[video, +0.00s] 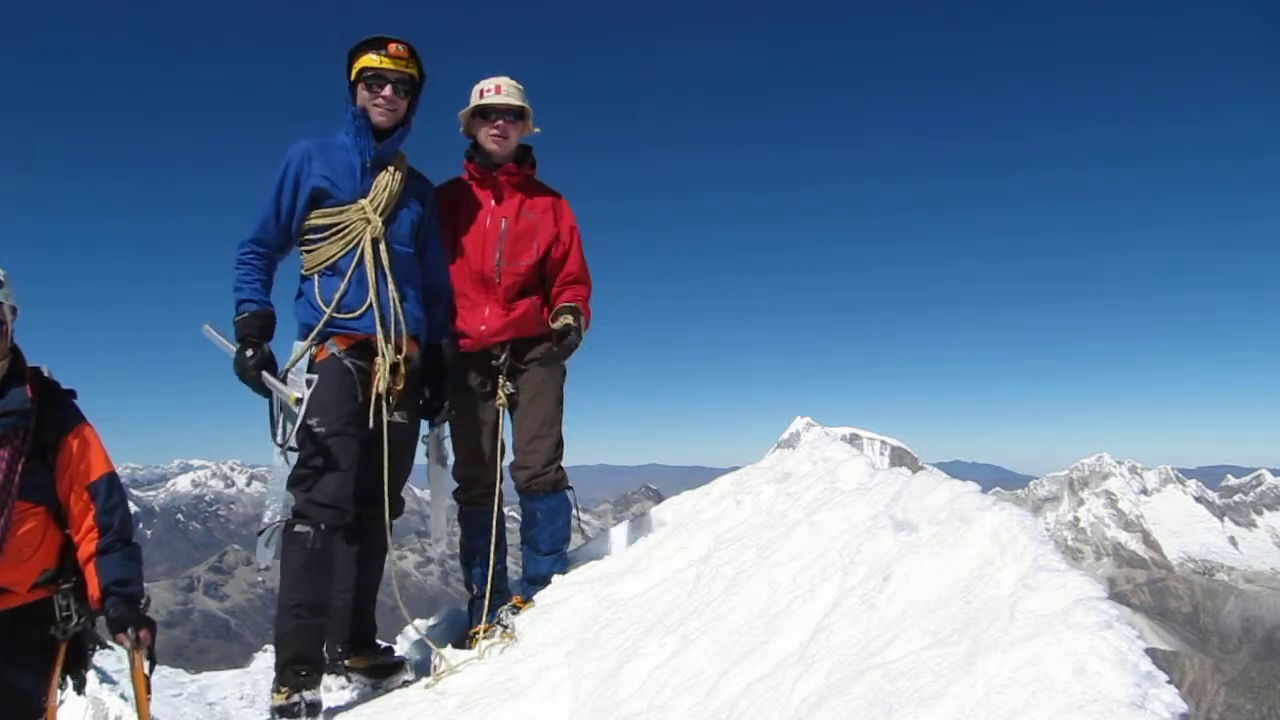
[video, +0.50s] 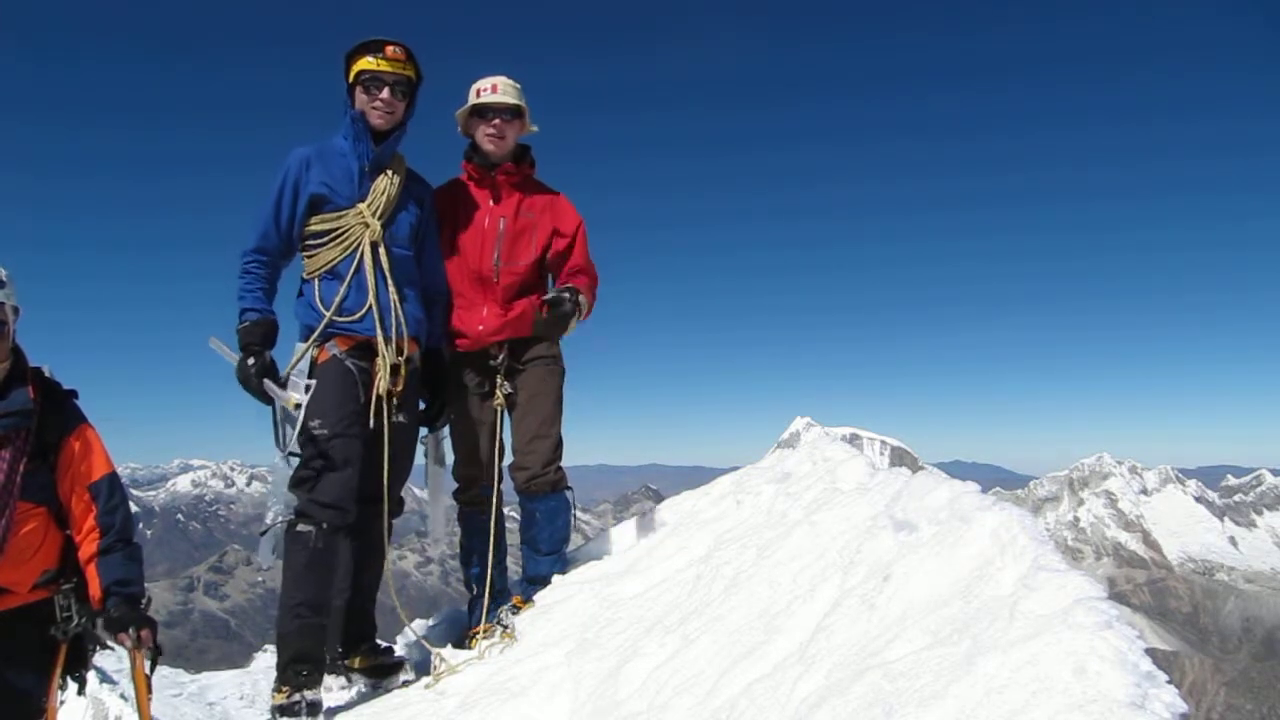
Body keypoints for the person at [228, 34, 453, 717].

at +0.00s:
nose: (386, 94)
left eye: (399, 86)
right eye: (374, 82)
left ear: (413, 98)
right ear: (354, 89)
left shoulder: (420, 189)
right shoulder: (313, 158)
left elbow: (434, 283)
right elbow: (256, 248)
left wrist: (438, 359)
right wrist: (254, 334)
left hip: (403, 363)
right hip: (334, 355)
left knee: (375, 507)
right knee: (323, 504)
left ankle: (355, 642)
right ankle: (298, 673)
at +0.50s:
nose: (384, 97)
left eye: (397, 88)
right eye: (372, 85)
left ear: (410, 100)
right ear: (352, 92)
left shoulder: (418, 191)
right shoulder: (312, 163)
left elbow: (431, 283)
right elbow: (261, 257)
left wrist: (438, 362)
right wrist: (256, 338)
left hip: (405, 363)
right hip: (338, 356)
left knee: (377, 506)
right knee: (326, 503)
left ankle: (354, 639)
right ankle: (299, 670)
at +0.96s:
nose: (383, 97)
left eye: (396, 88)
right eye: (371, 85)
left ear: (410, 100)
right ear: (351, 93)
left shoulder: (418, 190)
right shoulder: (313, 164)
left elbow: (433, 282)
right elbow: (262, 257)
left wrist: (439, 364)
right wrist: (254, 338)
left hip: (405, 364)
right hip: (338, 356)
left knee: (378, 504)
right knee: (328, 500)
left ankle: (355, 638)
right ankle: (300, 670)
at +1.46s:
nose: (400, 100)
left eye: (408, 91)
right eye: (386, 88)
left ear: (414, 102)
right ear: (357, 94)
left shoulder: (417, 191)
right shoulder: (313, 164)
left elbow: (432, 281)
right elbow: (253, 251)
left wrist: (440, 363)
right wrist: (288, 282)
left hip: (403, 365)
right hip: (337, 359)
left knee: (376, 507)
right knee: (325, 506)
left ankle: (354, 640)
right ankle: (299, 672)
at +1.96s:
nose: (403, 108)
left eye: (407, 98)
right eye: (391, 96)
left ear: (404, 107)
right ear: (357, 100)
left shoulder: (400, 193)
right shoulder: (313, 168)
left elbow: (421, 281)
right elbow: (262, 261)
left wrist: (433, 359)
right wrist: (327, 286)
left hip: (402, 361)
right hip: (347, 356)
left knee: (380, 504)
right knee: (340, 499)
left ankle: (354, 642)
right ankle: (297, 675)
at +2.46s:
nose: (388, 109)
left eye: (391, 99)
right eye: (377, 97)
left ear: (385, 108)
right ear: (342, 99)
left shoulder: (387, 192)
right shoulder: (298, 171)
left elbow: (416, 280)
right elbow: (254, 268)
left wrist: (431, 358)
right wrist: (310, 293)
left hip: (397, 368)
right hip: (334, 364)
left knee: (378, 512)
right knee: (314, 509)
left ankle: (354, 646)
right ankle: (279, 678)